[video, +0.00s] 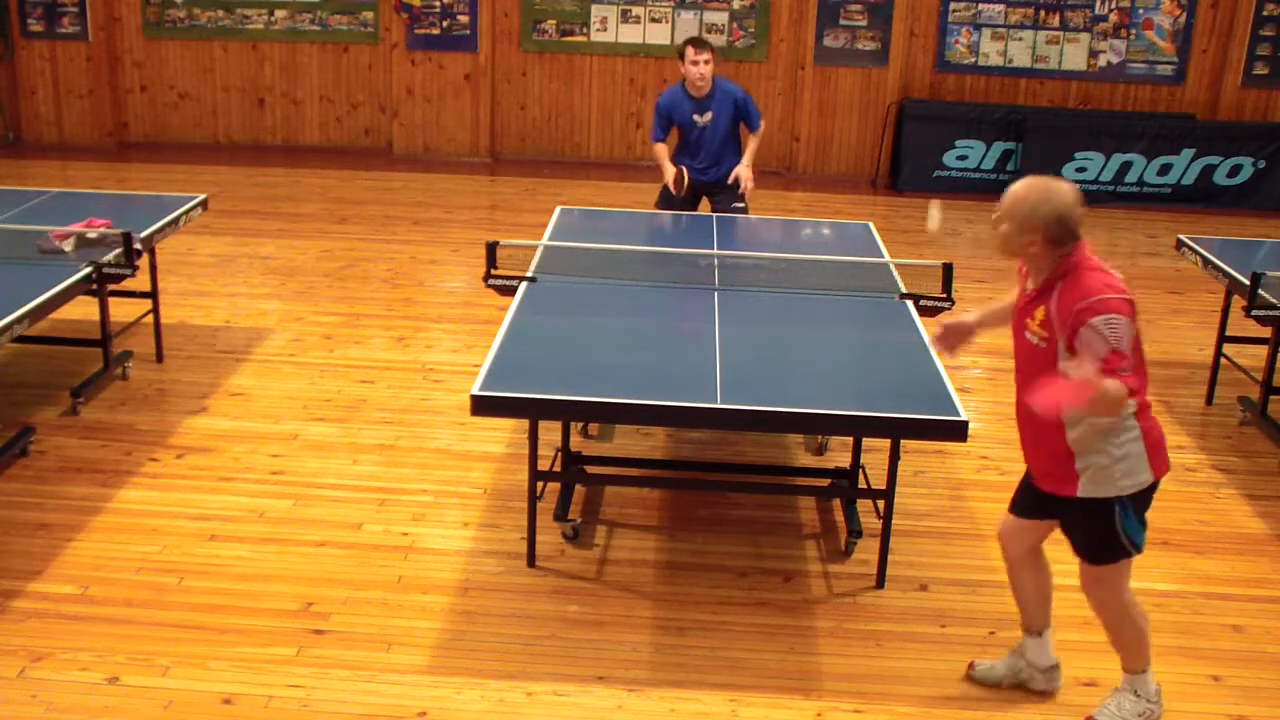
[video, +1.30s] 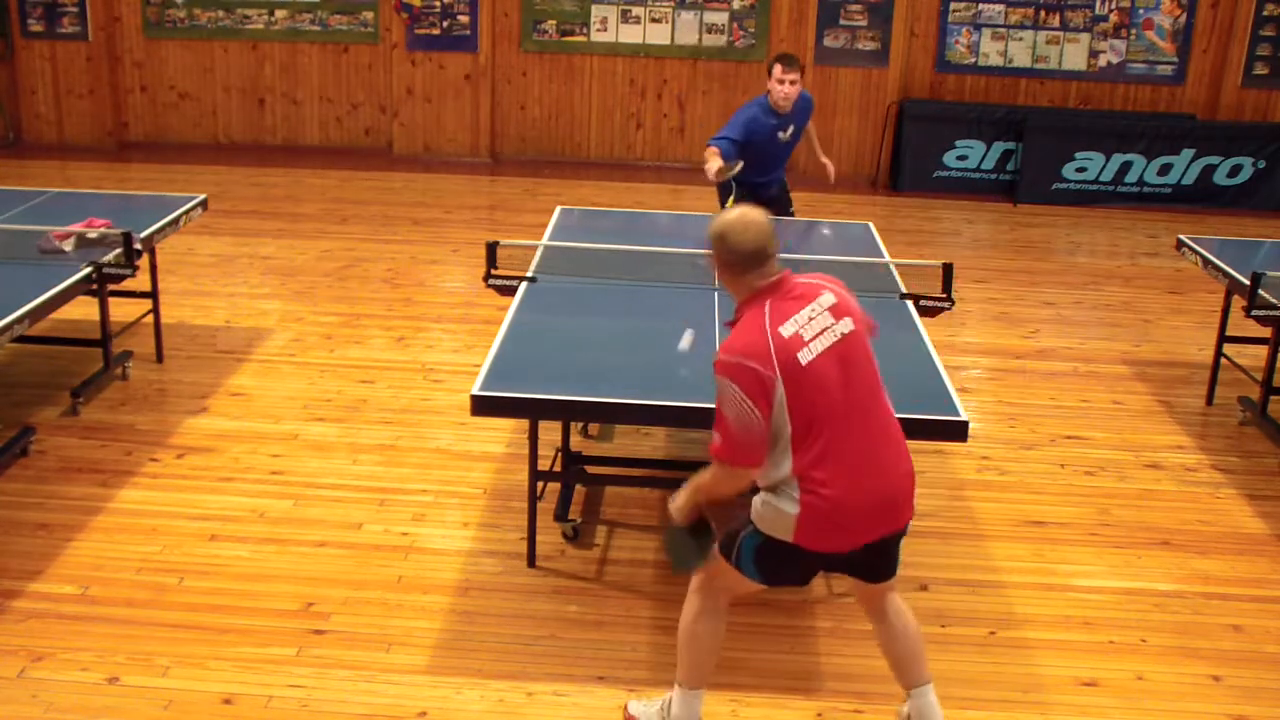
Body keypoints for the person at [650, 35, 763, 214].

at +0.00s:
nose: (701, 70)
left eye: (706, 63)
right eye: (694, 64)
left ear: (713, 65)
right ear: (682, 67)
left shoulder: (734, 95)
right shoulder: (669, 101)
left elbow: (757, 126)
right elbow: (659, 140)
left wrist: (746, 163)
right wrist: (667, 168)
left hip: (725, 176)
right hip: (686, 174)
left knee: (736, 235)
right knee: (661, 227)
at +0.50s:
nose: (719, 62)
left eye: (724, 56)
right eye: (712, 56)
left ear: (731, 58)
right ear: (700, 58)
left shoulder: (746, 88)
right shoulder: (685, 91)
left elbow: (767, 122)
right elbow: (665, 134)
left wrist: (764, 147)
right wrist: (689, 153)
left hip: (732, 175)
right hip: (691, 174)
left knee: (744, 235)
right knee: (672, 230)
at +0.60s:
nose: (734, 68)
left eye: (740, 61)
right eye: (728, 61)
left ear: (746, 62)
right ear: (715, 62)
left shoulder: (758, 87)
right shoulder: (701, 92)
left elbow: (781, 120)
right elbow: (681, 138)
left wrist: (784, 145)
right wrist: (714, 155)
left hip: (737, 169)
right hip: (698, 168)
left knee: (746, 229)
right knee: (691, 222)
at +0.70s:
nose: (750, 76)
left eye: (755, 69)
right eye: (744, 69)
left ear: (761, 68)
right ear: (730, 68)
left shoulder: (769, 90)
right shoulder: (714, 93)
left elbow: (793, 119)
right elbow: (700, 146)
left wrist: (804, 143)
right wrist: (740, 155)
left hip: (736, 168)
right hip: (701, 164)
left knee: (742, 228)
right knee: (699, 216)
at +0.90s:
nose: (775, 104)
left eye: (779, 98)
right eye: (768, 98)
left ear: (783, 95)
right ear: (750, 93)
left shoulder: (777, 107)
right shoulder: (729, 116)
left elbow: (805, 114)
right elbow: (723, 171)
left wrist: (836, 132)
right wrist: (768, 169)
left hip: (736, 176)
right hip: (703, 176)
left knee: (742, 234)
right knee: (712, 236)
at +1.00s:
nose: (777, 114)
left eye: (782, 106)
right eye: (771, 106)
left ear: (787, 105)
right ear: (754, 102)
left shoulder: (777, 115)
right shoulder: (737, 127)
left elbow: (793, 102)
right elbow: (720, 179)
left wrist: (829, 120)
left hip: (742, 182)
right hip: (709, 184)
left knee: (750, 233)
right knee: (723, 238)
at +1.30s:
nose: (786, 89)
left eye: (793, 83)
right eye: (780, 82)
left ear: (800, 85)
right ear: (769, 83)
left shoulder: (804, 103)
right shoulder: (752, 113)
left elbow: (806, 124)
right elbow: (715, 147)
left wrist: (820, 155)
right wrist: (715, 162)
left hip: (773, 182)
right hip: (739, 185)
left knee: (789, 234)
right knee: (740, 243)